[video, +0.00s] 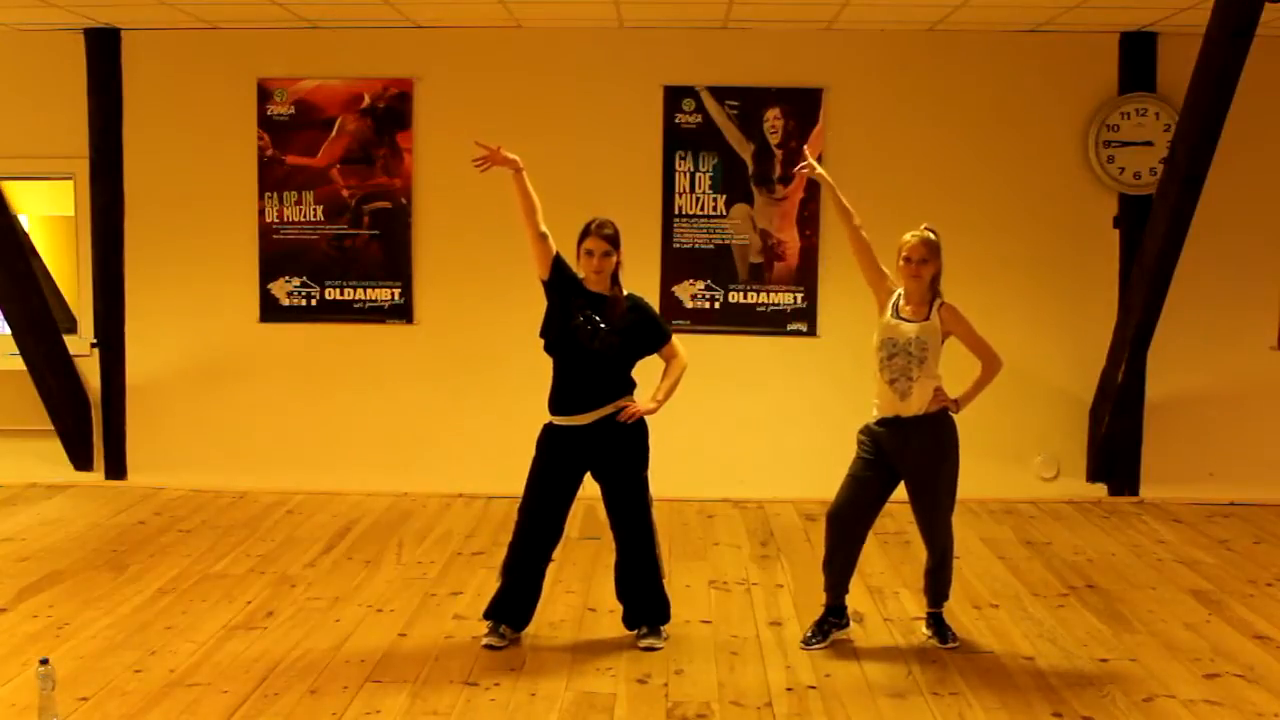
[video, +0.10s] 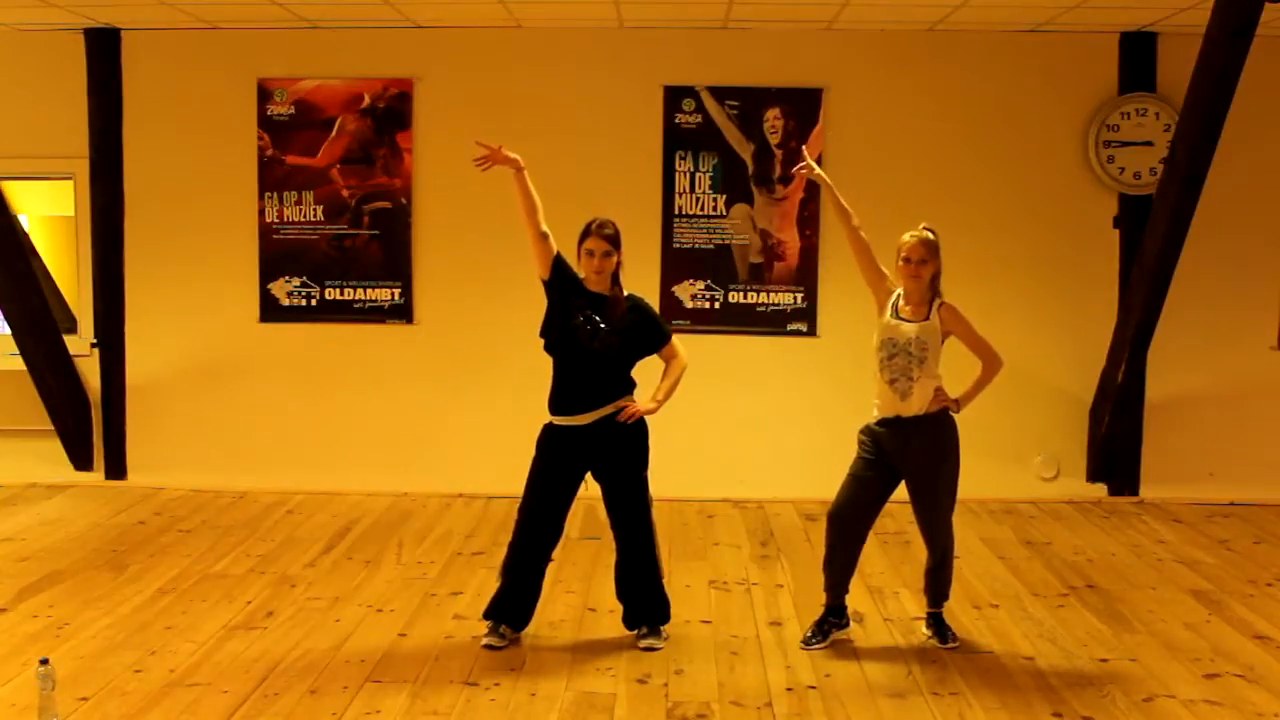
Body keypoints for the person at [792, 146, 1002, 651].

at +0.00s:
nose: (909, 267)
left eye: (919, 261)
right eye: (905, 260)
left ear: (936, 266)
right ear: (898, 262)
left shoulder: (944, 315)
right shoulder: (888, 297)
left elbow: (993, 362)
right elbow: (855, 229)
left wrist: (960, 401)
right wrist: (823, 178)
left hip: (931, 435)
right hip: (882, 435)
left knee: (938, 532)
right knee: (841, 518)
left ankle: (936, 615)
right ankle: (834, 612)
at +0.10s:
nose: (908, 267)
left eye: (918, 261)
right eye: (904, 260)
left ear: (935, 266)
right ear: (897, 262)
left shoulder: (944, 315)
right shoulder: (888, 298)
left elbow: (993, 362)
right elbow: (854, 230)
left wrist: (960, 401)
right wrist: (823, 180)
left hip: (932, 435)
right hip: (883, 435)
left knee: (938, 531)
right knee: (842, 518)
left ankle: (936, 615)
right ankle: (834, 612)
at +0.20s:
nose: (906, 268)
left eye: (916, 261)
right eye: (902, 260)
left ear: (934, 266)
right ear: (896, 262)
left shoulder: (943, 314)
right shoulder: (887, 297)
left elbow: (993, 361)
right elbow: (854, 228)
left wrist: (961, 401)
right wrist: (823, 177)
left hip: (932, 435)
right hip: (883, 435)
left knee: (939, 532)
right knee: (843, 519)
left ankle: (936, 615)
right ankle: (834, 612)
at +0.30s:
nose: (906, 268)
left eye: (915, 261)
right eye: (901, 261)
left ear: (933, 265)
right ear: (895, 263)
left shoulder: (943, 314)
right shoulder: (887, 298)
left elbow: (993, 361)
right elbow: (854, 227)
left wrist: (961, 401)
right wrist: (823, 174)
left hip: (932, 435)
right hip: (883, 435)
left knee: (938, 531)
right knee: (843, 518)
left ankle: (936, 615)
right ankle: (834, 612)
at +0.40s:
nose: (906, 268)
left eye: (915, 261)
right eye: (902, 261)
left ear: (933, 265)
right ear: (895, 262)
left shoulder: (944, 315)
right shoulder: (888, 298)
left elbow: (993, 361)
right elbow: (855, 227)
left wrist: (961, 401)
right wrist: (824, 172)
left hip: (932, 435)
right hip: (883, 435)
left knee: (939, 531)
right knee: (843, 518)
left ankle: (936, 615)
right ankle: (834, 612)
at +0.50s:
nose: (906, 268)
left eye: (915, 262)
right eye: (901, 261)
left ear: (933, 265)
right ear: (895, 262)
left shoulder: (944, 315)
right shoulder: (888, 298)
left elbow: (993, 361)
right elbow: (855, 226)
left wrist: (961, 401)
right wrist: (823, 171)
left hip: (933, 435)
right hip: (883, 435)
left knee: (939, 531)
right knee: (844, 519)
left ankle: (936, 615)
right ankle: (834, 612)